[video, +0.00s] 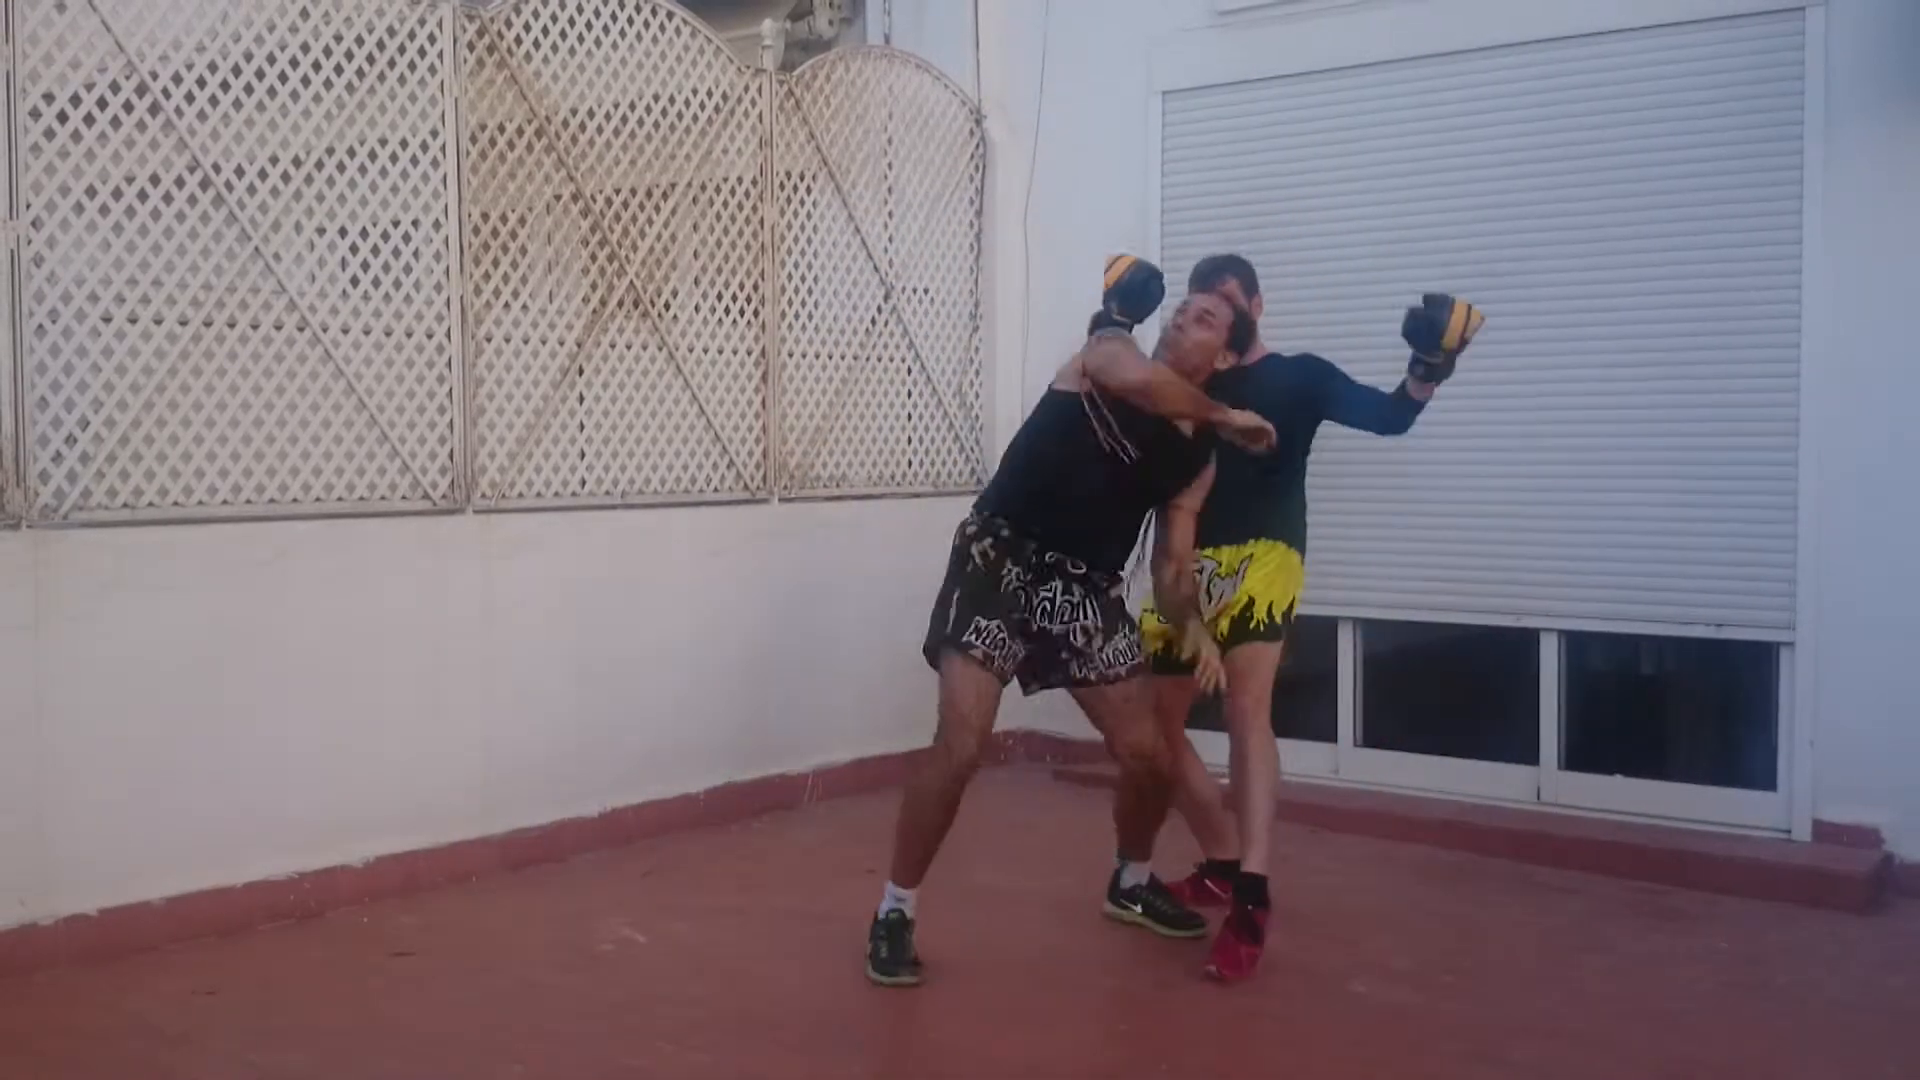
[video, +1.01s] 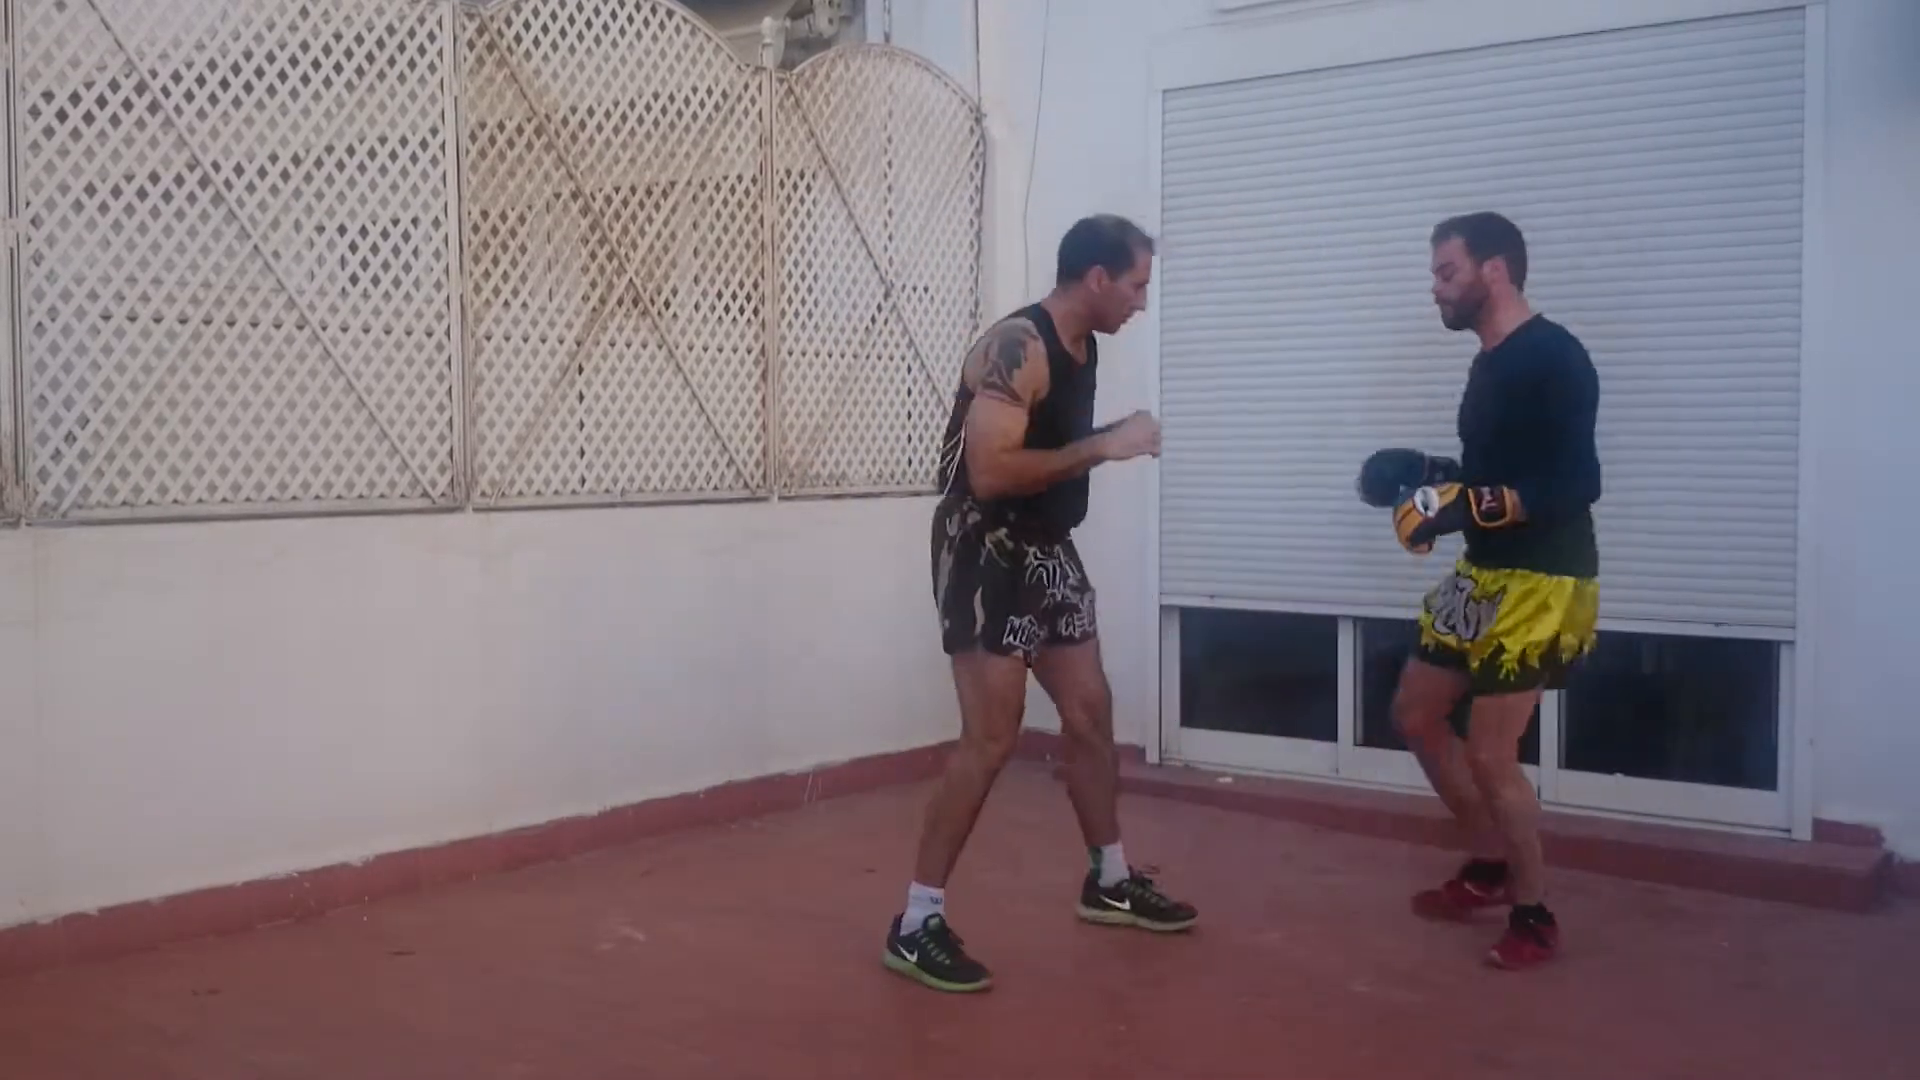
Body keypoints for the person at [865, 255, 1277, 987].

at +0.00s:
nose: (1193, 322)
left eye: (1211, 321)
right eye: (1189, 311)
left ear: (1226, 355)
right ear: (1165, 323)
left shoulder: (1195, 451)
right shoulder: (1108, 349)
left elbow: (1176, 564)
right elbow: (1140, 384)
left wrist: (1193, 625)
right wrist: (1219, 413)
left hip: (1086, 586)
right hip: (999, 557)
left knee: (1147, 752)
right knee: (963, 744)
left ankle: (1132, 882)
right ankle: (895, 911)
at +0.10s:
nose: (1179, 286)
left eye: (1197, 283)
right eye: (1187, 278)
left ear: (1225, 320)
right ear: (1182, 303)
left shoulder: (1213, 423)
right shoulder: (1137, 339)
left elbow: (1155, 524)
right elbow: (1102, 280)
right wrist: (1179, 345)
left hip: (1097, 571)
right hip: (1006, 536)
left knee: (1123, 757)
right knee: (950, 724)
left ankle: (1139, 883)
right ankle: (906, 901)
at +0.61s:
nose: (1172, 276)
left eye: (1193, 275)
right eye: (1177, 264)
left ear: (1227, 307)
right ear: (1172, 272)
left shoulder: (1221, 398)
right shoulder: (1122, 309)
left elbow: (1183, 496)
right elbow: (1034, 235)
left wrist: (1159, 395)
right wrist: (1108, 285)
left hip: (1125, 556)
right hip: (1031, 528)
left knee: (1143, 726)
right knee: (971, 703)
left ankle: (1159, 880)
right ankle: (932, 885)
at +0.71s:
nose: (1195, 292)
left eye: (1212, 286)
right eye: (1185, 274)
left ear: (1222, 304)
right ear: (1155, 274)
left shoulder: (1211, 386)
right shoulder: (1087, 317)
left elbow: (1208, 501)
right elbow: (972, 305)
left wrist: (1192, 409)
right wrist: (1069, 315)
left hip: (1124, 554)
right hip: (1030, 530)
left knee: (1145, 728)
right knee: (985, 712)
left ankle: (1160, 880)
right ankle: (926, 890)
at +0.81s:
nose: (1193, 304)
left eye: (1201, 291)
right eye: (1184, 287)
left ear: (1191, 292)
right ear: (1137, 276)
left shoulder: (1173, 372)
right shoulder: (1055, 331)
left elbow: (1182, 495)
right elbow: (962, 400)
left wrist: (1188, 440)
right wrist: (1062, 370)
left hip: (1111, 551)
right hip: (1023, 538)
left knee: (1137, 724)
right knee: (998, 727)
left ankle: (1157, 878)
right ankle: (924, 914)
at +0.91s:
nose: (1166, 310)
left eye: (1170, 296)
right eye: (1160, 293)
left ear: (1124, 290)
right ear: (1113, 285)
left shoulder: (1124, 370)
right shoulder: (1026, 346)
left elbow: (1129, 479)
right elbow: (980, 462)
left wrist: (1156, 450)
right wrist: (1088, 427)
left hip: (1079, 550)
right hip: (1003, 545)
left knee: (1115, 720)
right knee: (1001, 734)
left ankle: (1148, 878)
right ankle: (921, 922)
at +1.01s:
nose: (1142, 302)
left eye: (1144, 287)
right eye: (1137, 286)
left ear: (1098, 279)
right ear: (1094, 278)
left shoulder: (1077, 347)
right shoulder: (1013, 348)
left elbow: (1028, 455)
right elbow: (990, 473)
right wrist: (1102, 446)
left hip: (1045, 545)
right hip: (982, 547)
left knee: (1089, 711)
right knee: (990, 734)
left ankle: (1109, 878)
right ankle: (916, 922)